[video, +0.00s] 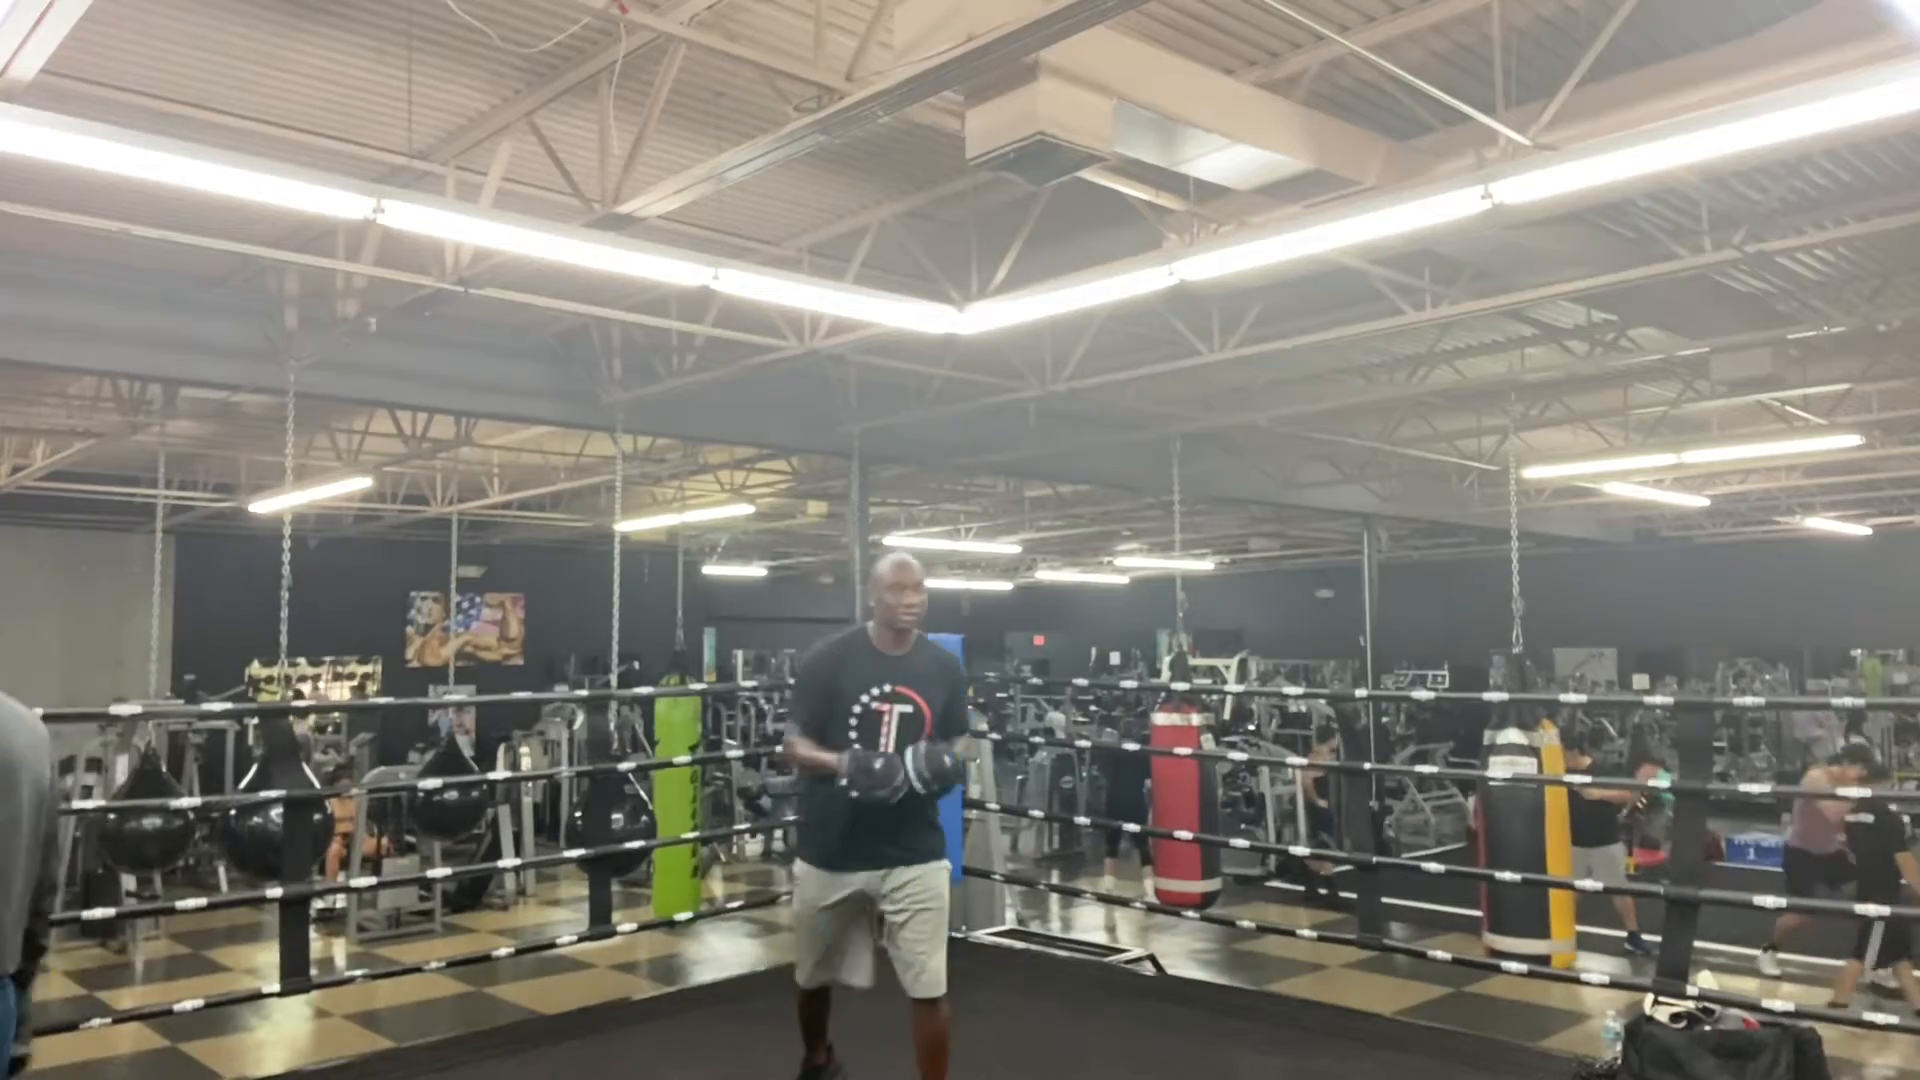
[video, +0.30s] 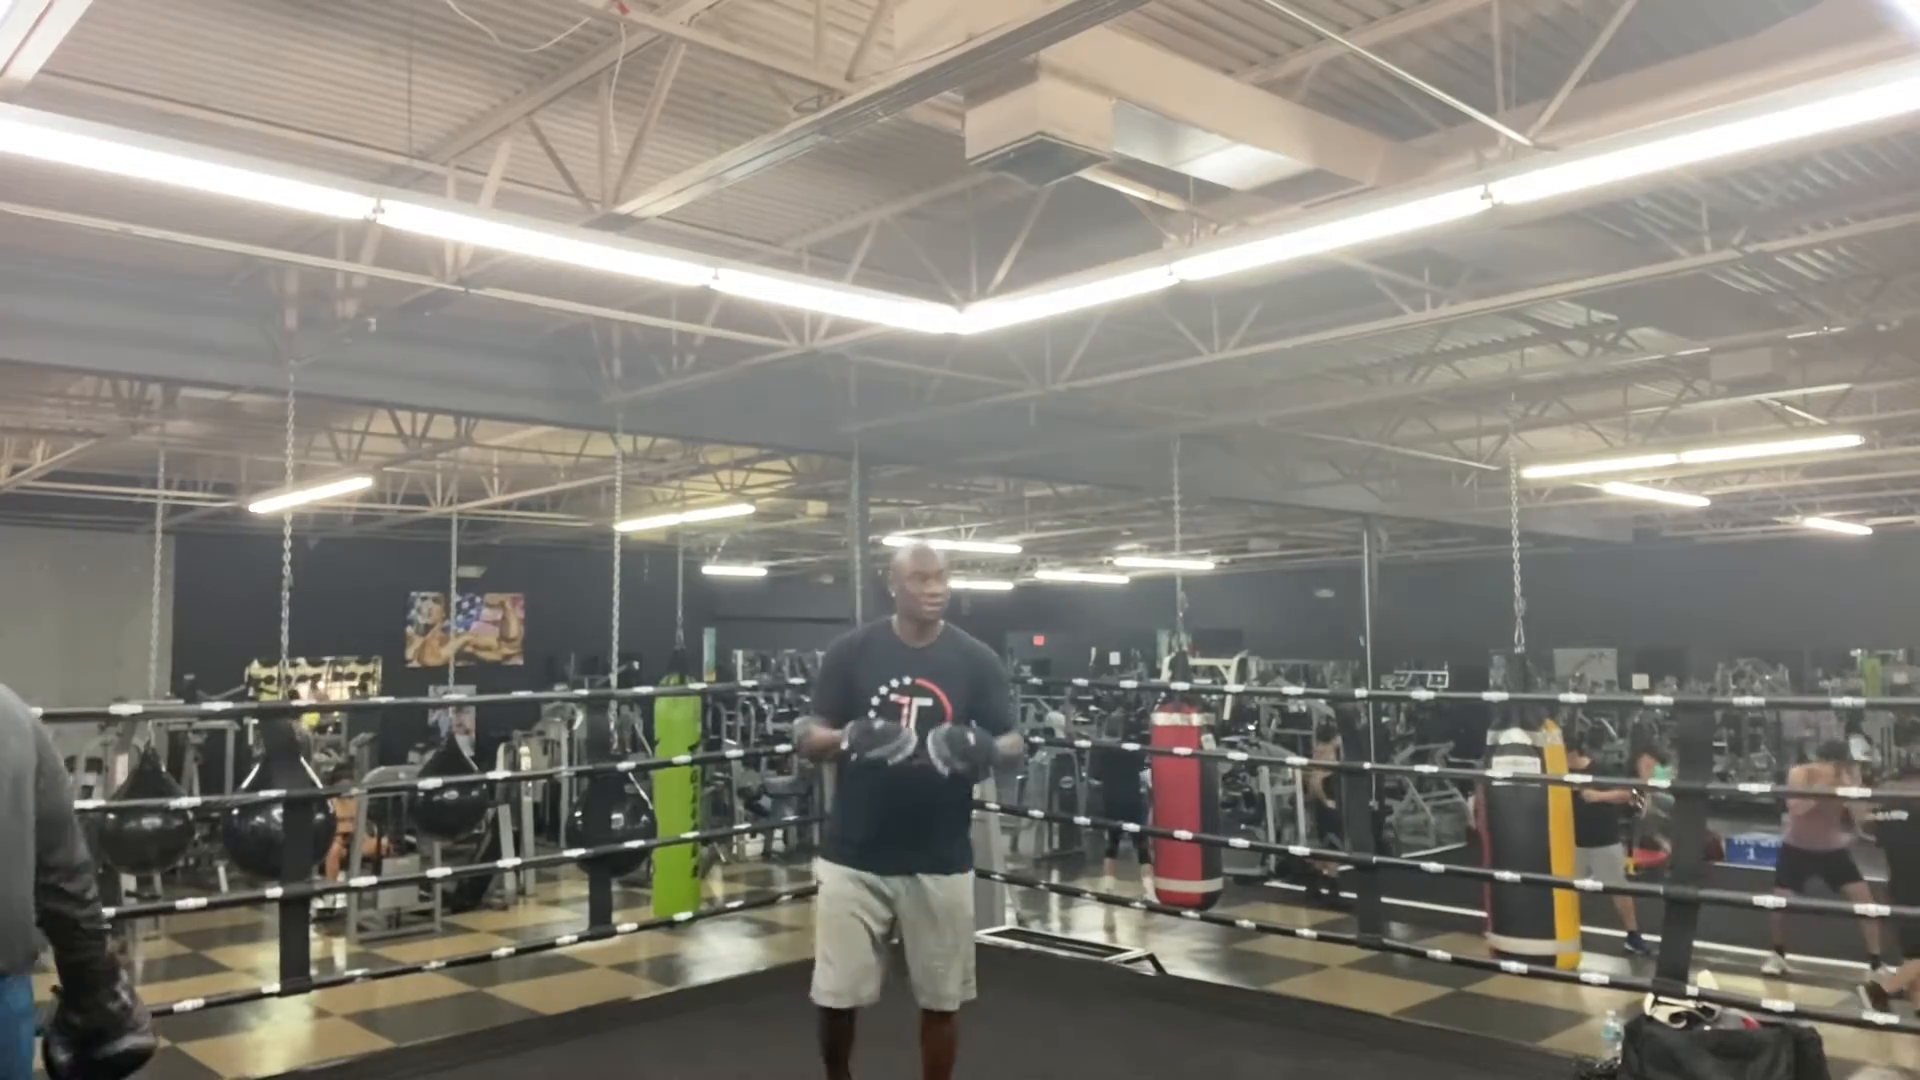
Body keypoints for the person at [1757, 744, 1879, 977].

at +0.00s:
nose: (1858, 781)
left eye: (1861, 778)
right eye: (1858, 775)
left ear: (1854, 769)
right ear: (1846, 764)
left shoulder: (1843, 784)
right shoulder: (1815, 777)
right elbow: (1833, 813)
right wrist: (1855, 793)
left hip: (1832, 852)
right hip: (1801, 851)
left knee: (1872, 888)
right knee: (1802, 911)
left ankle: (1876, 964)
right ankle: (1769, 951)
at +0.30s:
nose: (1832, 771)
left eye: (1838, 767)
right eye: (1829, 765)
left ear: (1844, 765)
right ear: (1820, 761)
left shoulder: (1846, 778)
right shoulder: (1799, 773)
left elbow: (1861, 817)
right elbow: (1795, 809)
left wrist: (1847, 789)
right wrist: (1819, 793)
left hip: (1833, 852)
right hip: (1796, 852)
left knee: (1864, 903)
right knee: (1780, 903)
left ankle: (1875, 963)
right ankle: (1777, 954)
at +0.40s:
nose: (1829, 768)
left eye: (1835, 765)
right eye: (1826, 763)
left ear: (1840, 765)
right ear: (1815, 759)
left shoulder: (1843, 774)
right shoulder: (1795, 772)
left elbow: (1858, 814)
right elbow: (1792, 809)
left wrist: (1842, 784)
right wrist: (1816, 786)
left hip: (1833, 853)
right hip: (1794, 851)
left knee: (1866, 906)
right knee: (1779, 904)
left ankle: (1876, 966)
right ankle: (1777, 956)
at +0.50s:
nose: (1825, 766)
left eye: (1831, 762)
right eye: (1822, 761)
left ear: (1836, 761)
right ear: (1812, 757)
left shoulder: (1841, 772)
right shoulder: (1792, 771)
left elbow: (1856, 810)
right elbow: (1791, 807)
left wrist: (1839, 781)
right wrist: (1813, 782)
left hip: (1832, 852)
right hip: (1793, 851)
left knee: (1866, 908)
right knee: (1778, 905)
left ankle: (1877, 968)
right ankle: (1777, 956)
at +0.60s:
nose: (1822, 761)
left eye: (1828, 757)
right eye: (1819, 756)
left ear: (1833, 755)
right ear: (1809, 752)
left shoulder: (1838, 769)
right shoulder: (1787, 769)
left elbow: (1853, 803)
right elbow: (1791, 804)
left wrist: (1834, 775)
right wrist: (1813, 774)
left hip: (1831, 848)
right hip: (1793, 848)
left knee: (1864, 904)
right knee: (1780, 903)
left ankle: (1879, 965)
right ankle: (1777, 955)